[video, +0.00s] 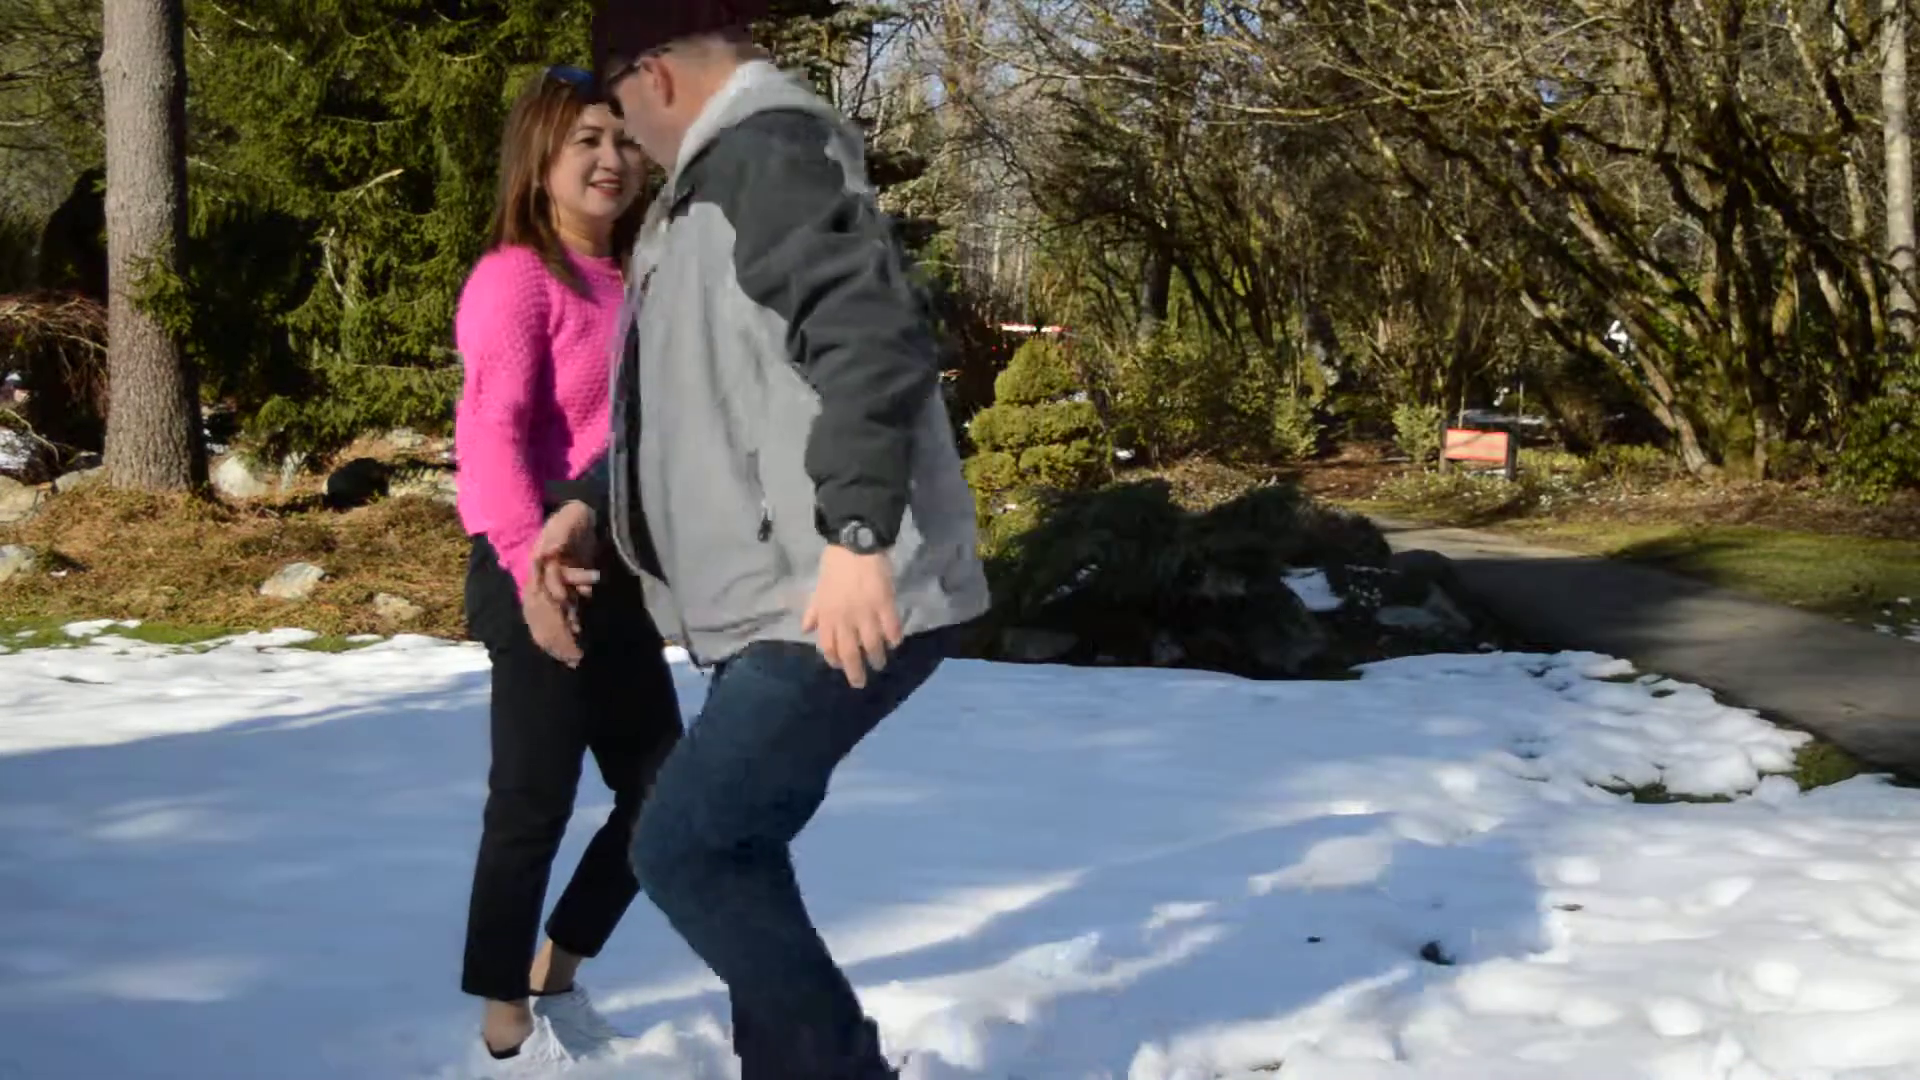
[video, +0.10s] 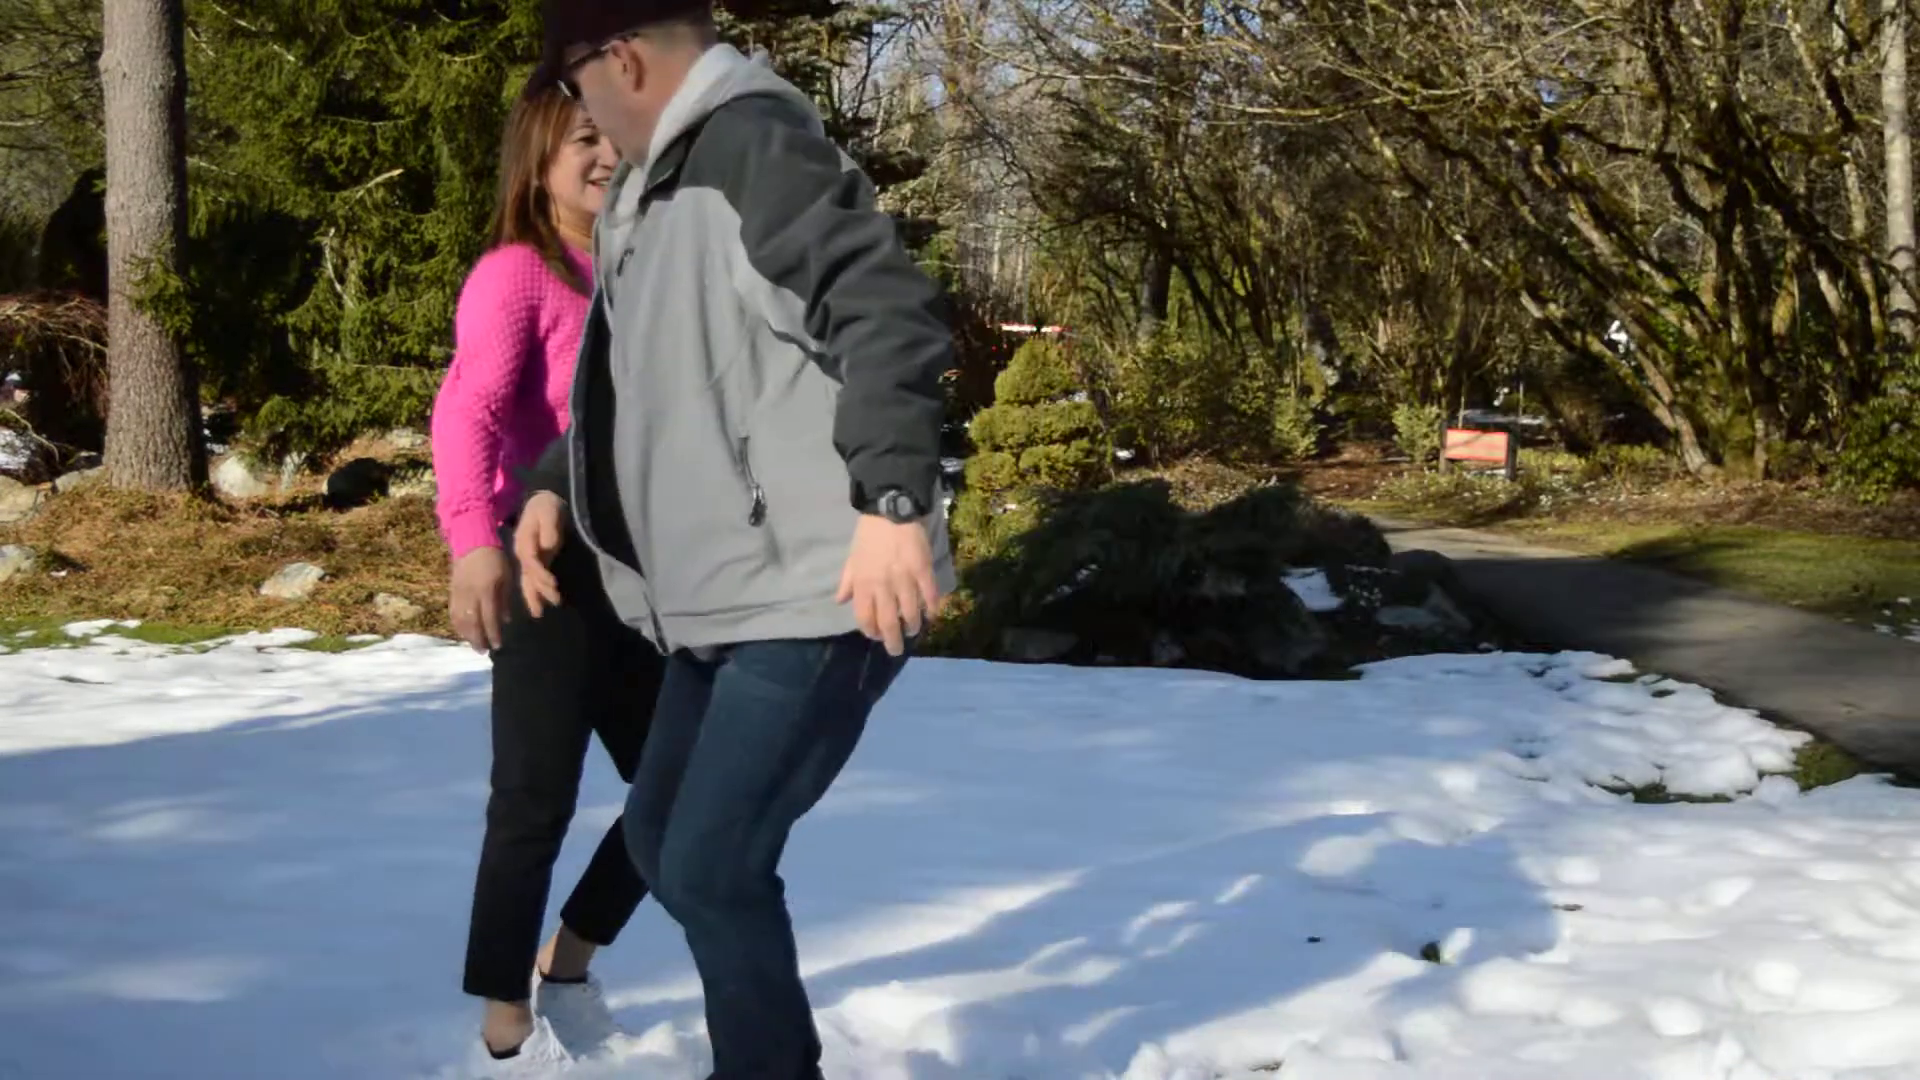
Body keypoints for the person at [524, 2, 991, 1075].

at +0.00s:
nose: (617, 127)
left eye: (617, 101)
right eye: (609, 108)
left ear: (658, 73)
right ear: (672, 72)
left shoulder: (767, 152)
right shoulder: (691, 187)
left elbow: (871, 337)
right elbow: (685, 410)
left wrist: (858, 543)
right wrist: (592, 507)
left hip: (844, 601)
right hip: (770, 604)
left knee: (685, 842)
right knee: (733, 857)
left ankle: (841, 1073)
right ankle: (787, 1067)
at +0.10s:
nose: (580, 111)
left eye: (577, 84)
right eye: (569, 92)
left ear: (627, 54)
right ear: (638, 55)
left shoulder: (757, 136)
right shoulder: (648, 180)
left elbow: (884, 305)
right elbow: (633, 382)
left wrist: (895, 504)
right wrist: (558, 488)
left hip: (820, 587)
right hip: (715, 595)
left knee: (716, 860)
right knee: (668, 848)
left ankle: (770, 1068)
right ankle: (768, 1057)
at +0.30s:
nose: (514, 137)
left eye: (516, 107)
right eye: (506, 112)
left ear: (579, 91)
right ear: (579, 95)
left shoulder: (730, 192)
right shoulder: (579, 227)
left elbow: (877, 346)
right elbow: (558, 410)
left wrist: (914, 546)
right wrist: (489, 532)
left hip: (779, 624)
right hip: (636, 620)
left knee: (677, 888)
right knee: (502, 778)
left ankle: (751, 1066)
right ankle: (632, 987)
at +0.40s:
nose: (479, 150)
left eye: (483, 119)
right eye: (472, 124)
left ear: (555, 106)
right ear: (553, 110)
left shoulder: (719, 214)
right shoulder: (534, 239)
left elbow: (867, 366)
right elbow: (508, 417)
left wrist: (900, 560)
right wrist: (450, 551)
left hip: (754, 626)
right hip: (592, 624)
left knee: (675, 874)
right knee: (498, 848)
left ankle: (747, 1073)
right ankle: (478, 1062)